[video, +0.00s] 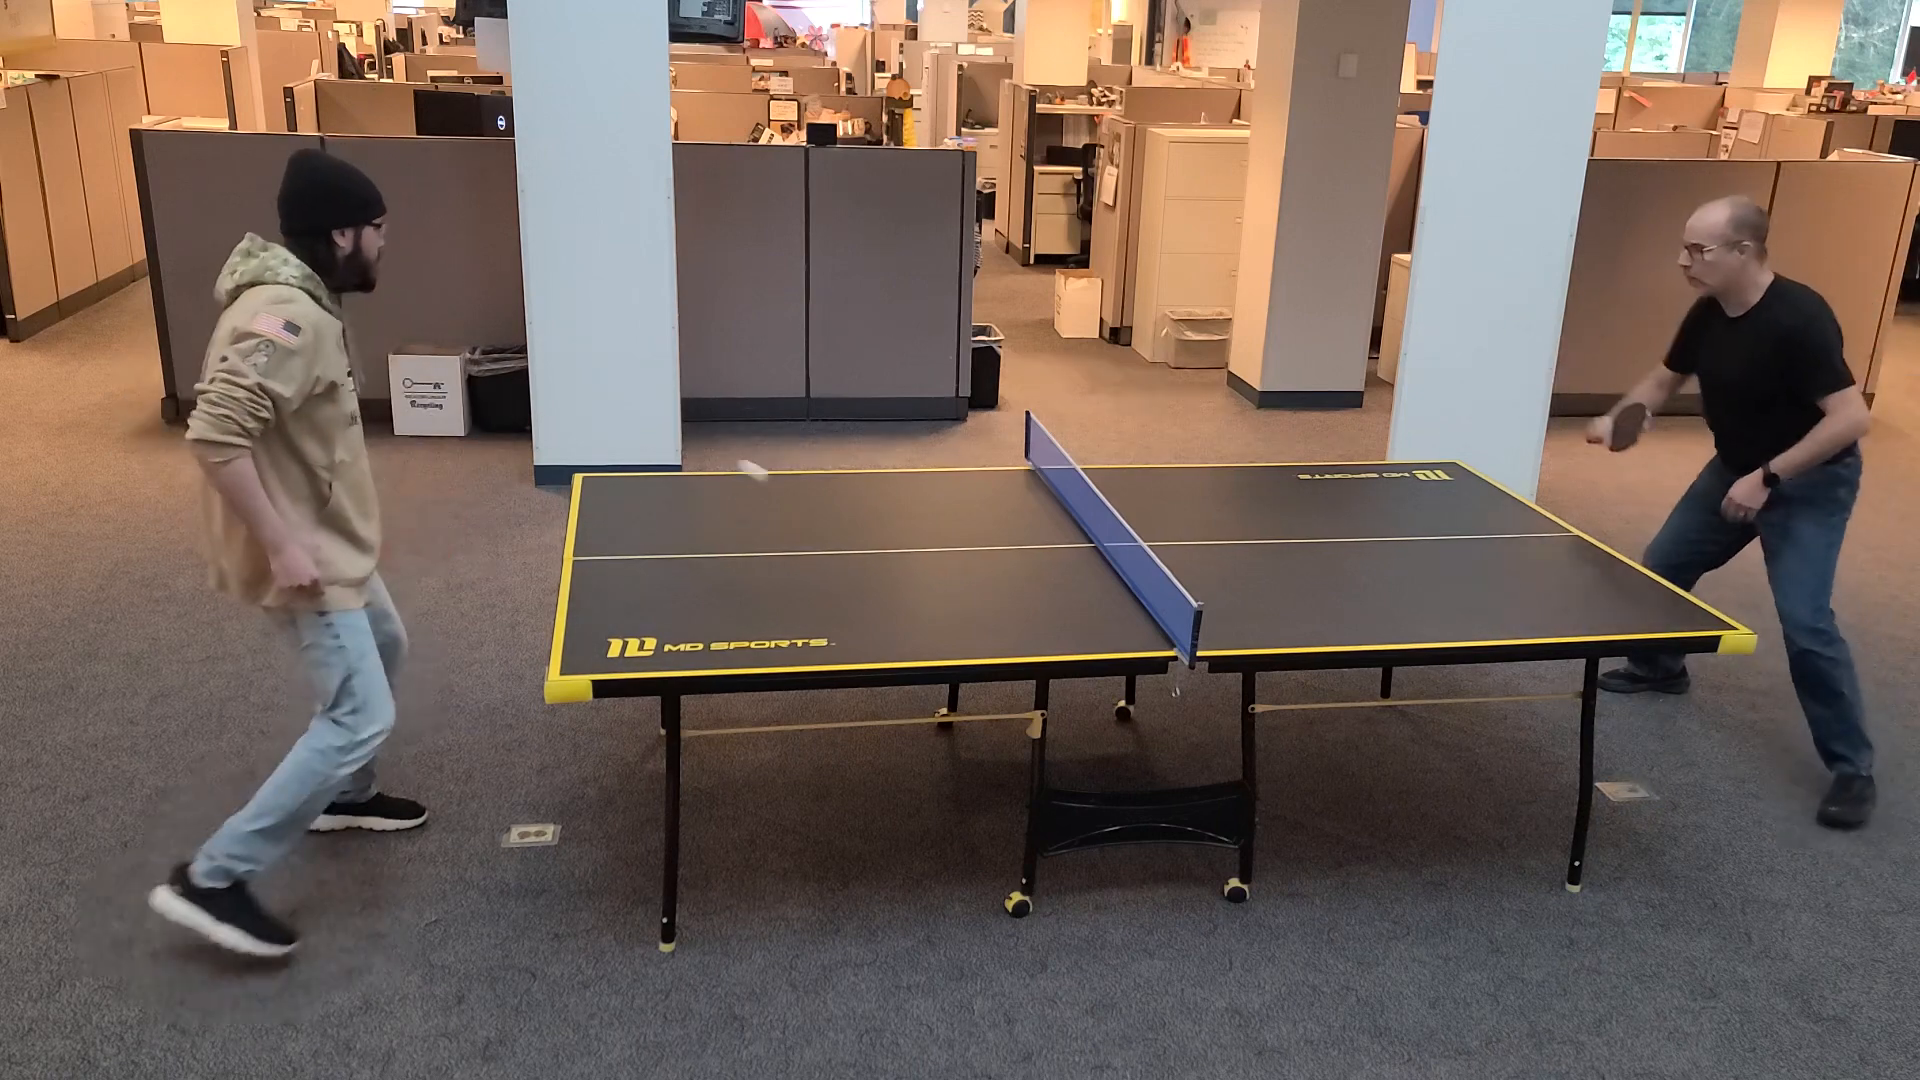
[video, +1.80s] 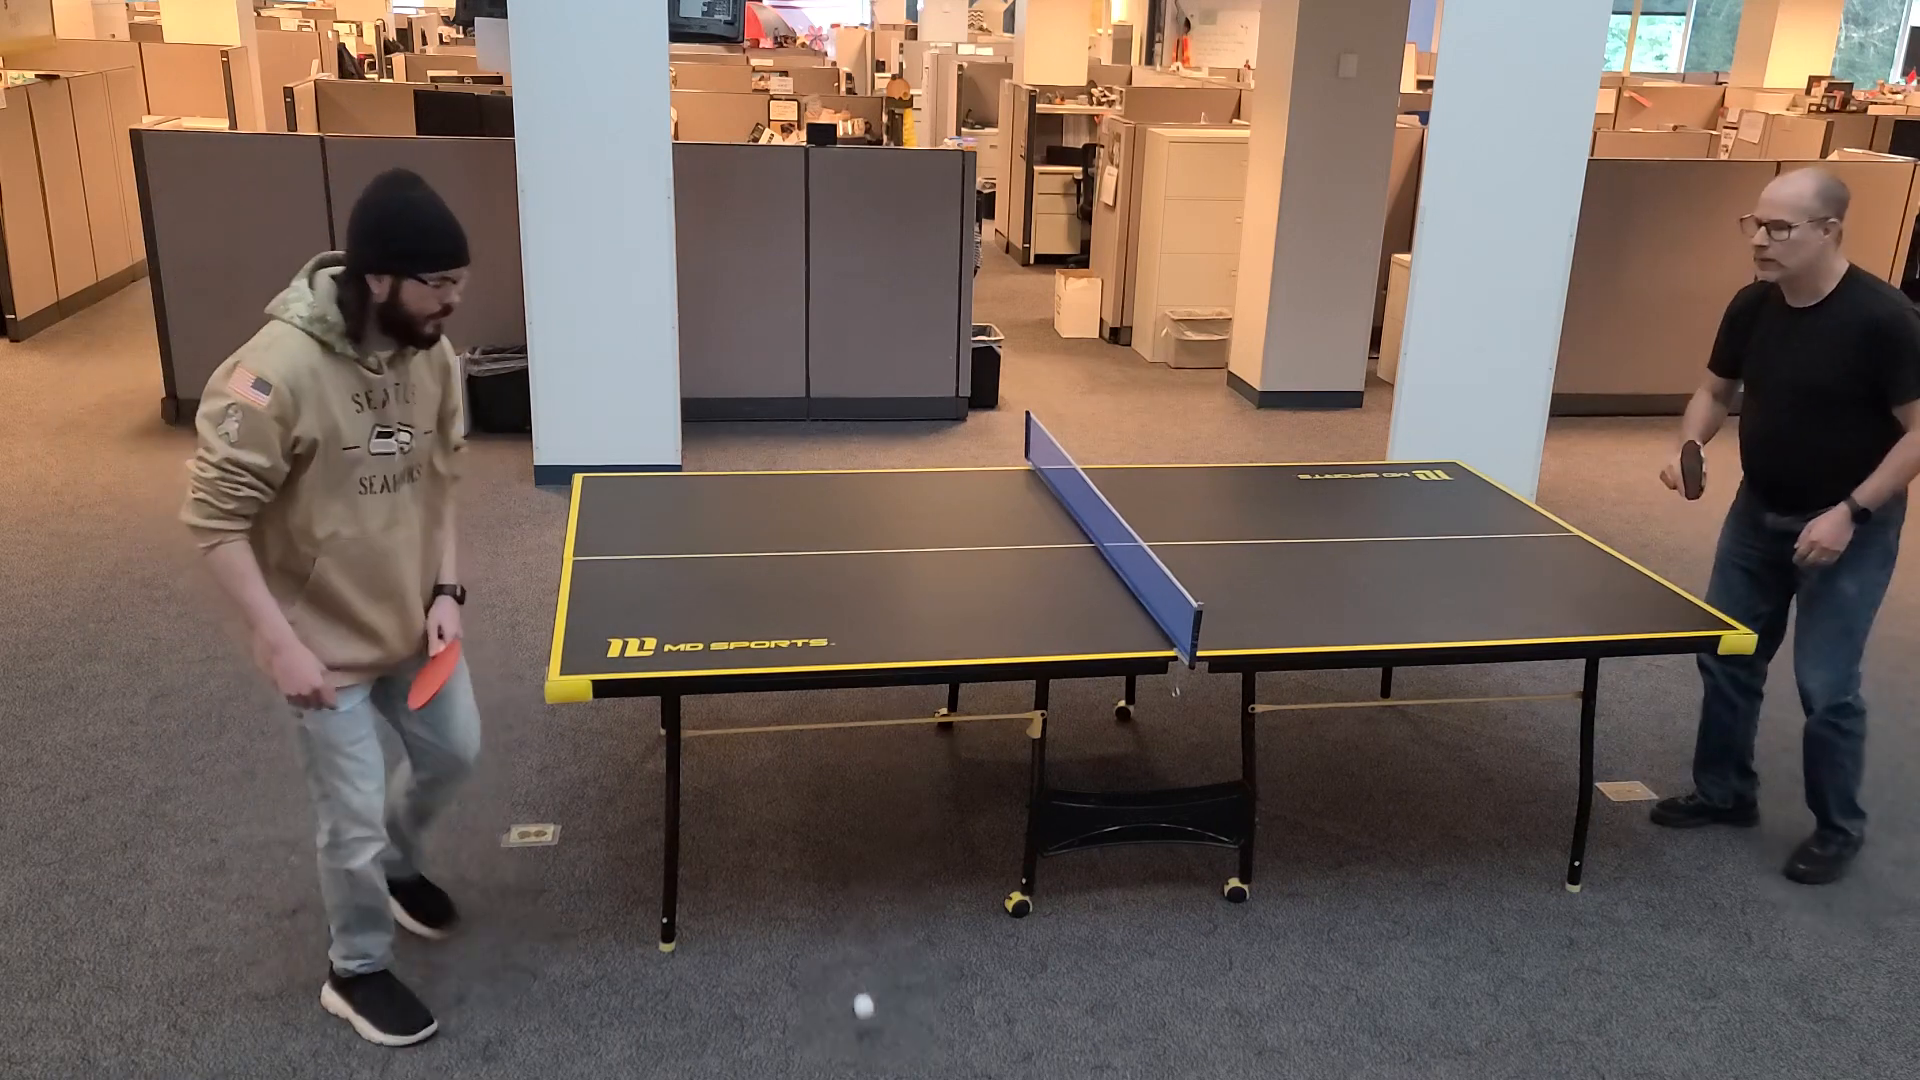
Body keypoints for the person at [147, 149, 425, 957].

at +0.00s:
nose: (384, 240)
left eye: (380, 225)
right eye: (374, 226)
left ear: (321, 232)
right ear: (336, 235)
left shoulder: (299, 297)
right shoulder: (280, 314)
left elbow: (249, 427)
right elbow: (217, 436)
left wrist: (324, 524)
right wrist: (283, 545)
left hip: (331, 540)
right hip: (301, 558)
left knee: (384, 643)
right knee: (359, 719)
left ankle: (345, 792)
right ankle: (212, 877)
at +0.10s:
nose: (363, 253)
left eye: (360, 238)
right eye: (354, 240)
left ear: (283, 241)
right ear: (319, 248)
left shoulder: (229, 309)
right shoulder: (287, 328)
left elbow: (165, 424)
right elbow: (234, 446)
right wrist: (290, 562)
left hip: (302, 560)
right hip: (291, 574)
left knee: (373, 656)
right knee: (330, 746)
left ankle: (341, 796)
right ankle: (169, 913)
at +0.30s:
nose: (300, 276)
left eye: (296, 261)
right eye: (294, 263)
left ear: (212, 264)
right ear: (269, 271)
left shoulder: (178, 347)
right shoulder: (248, 360)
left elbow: (137, 455)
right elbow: (231, 489)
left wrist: (210, 528)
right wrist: (307, 590)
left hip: (219, 589)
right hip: (246, 603)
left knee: (309, 676)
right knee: (271, 797)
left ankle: (333, 797)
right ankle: (138, 981)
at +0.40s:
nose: (279, 273)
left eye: (274, 257)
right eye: (269, 259)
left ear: (201, 266)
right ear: (235, 270)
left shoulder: (169, 346)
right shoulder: (198, 363)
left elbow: (217, 475)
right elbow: (182, 494)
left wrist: (325, 486)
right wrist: (286, 565)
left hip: (212, 591)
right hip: (209, 608)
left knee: (293, 682)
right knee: (265, 800)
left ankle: (304, 809)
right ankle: (136, 985)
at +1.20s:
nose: (332, 223)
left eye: (331, 206)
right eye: (315, 208)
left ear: (283, 217)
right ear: (261, 217)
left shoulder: (280, 296)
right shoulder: (206, 304)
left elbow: (282, 434)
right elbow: (117, 430)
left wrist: (326, 518)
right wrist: (202, 546)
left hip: (279, 558)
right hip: (235, 572)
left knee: (289, 710)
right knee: (300, 735)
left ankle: (286, 834)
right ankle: (242, 922)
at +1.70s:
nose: (428, 290)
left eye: (430, 273)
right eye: (413, 276)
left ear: (377, 274)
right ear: (352, 277)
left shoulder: (400, 345)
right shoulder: (262, 373)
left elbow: (417, 470)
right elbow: (195, 517)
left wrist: (430, 574)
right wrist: (262, 642)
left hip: (395, 609)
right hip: (316, 632)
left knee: (420, 731)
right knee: (367, 800)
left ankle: (333, 809)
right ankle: (361, 965)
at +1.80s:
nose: (454, 296)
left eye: (458, 279)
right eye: (440, 282)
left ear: (399, 281)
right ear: (379, 282)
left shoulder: (432, 355)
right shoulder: (277, 373)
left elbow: (441, 479)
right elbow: (213, 518)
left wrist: (446, 587)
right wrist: (281, 646)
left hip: (414, 621)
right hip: (326, 641)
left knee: (451, 758)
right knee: (357, 819)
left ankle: (389, 861)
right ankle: (357, 963)